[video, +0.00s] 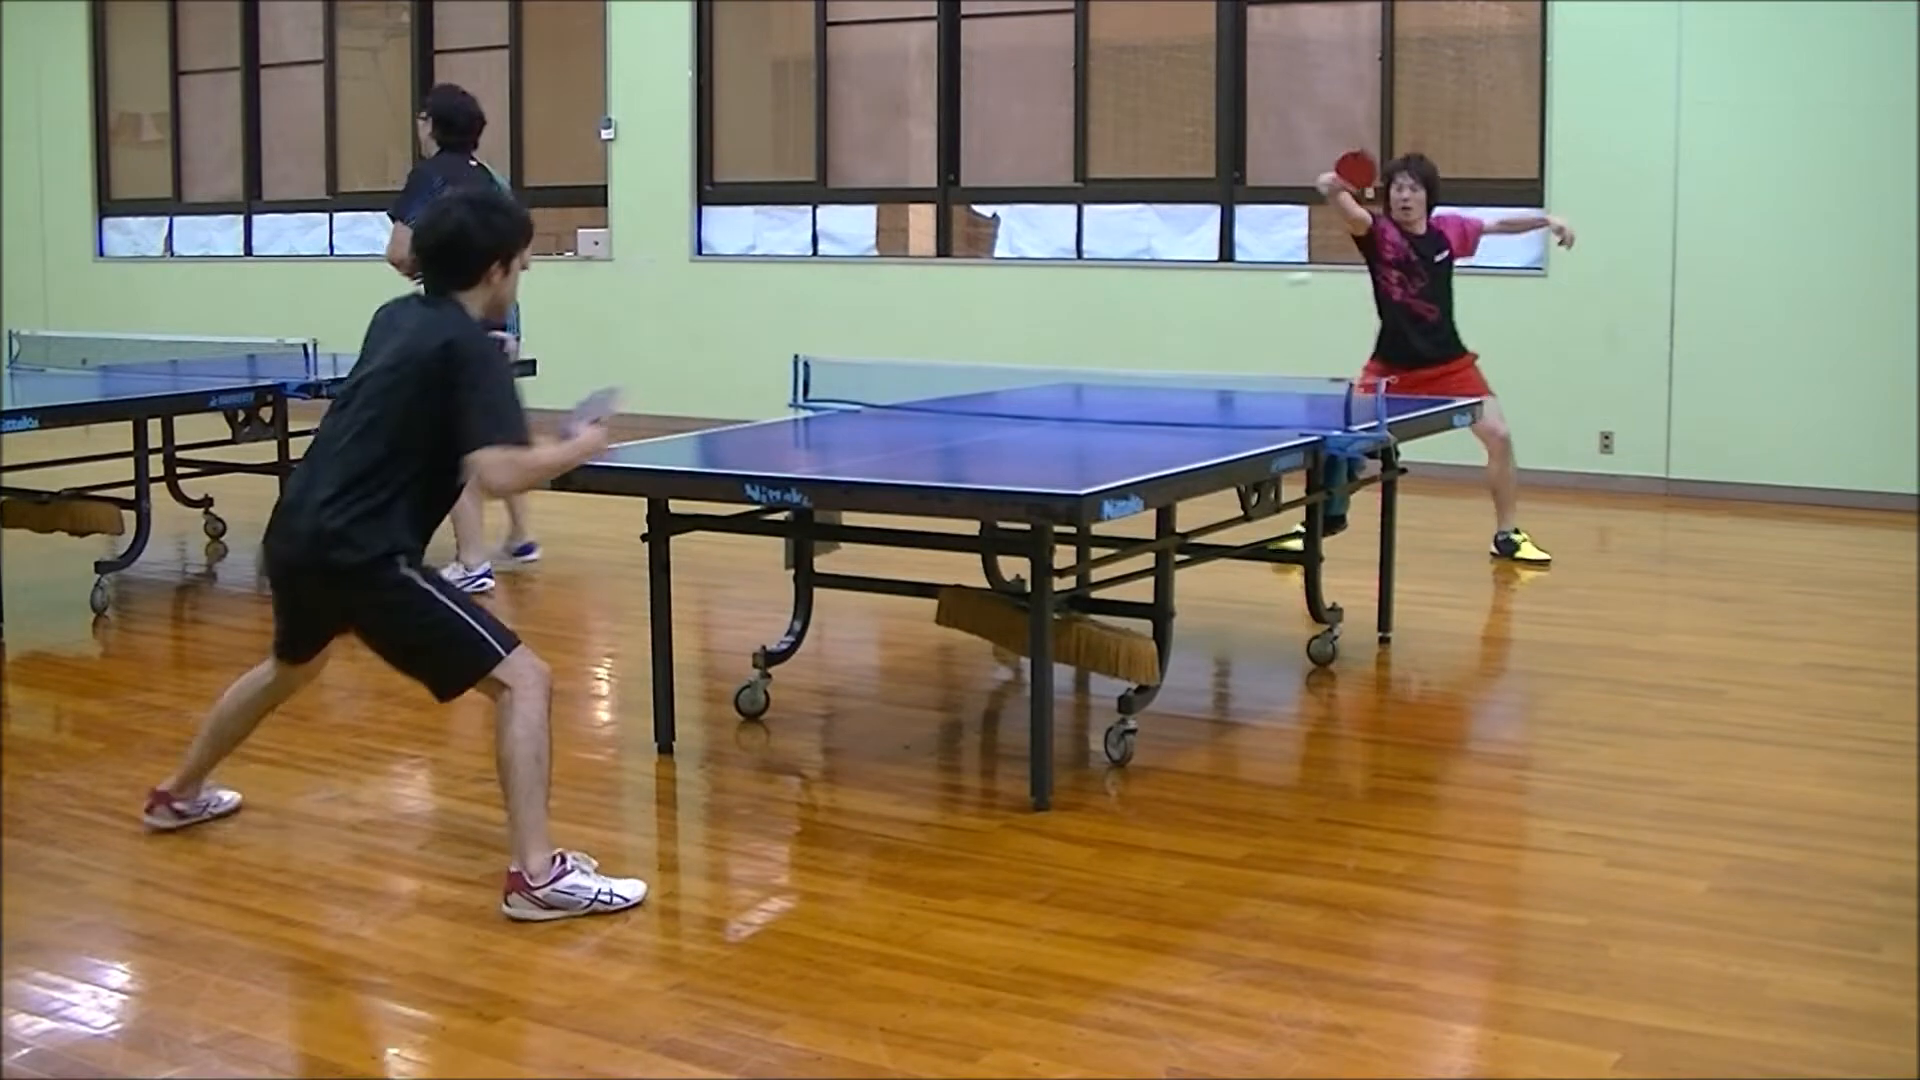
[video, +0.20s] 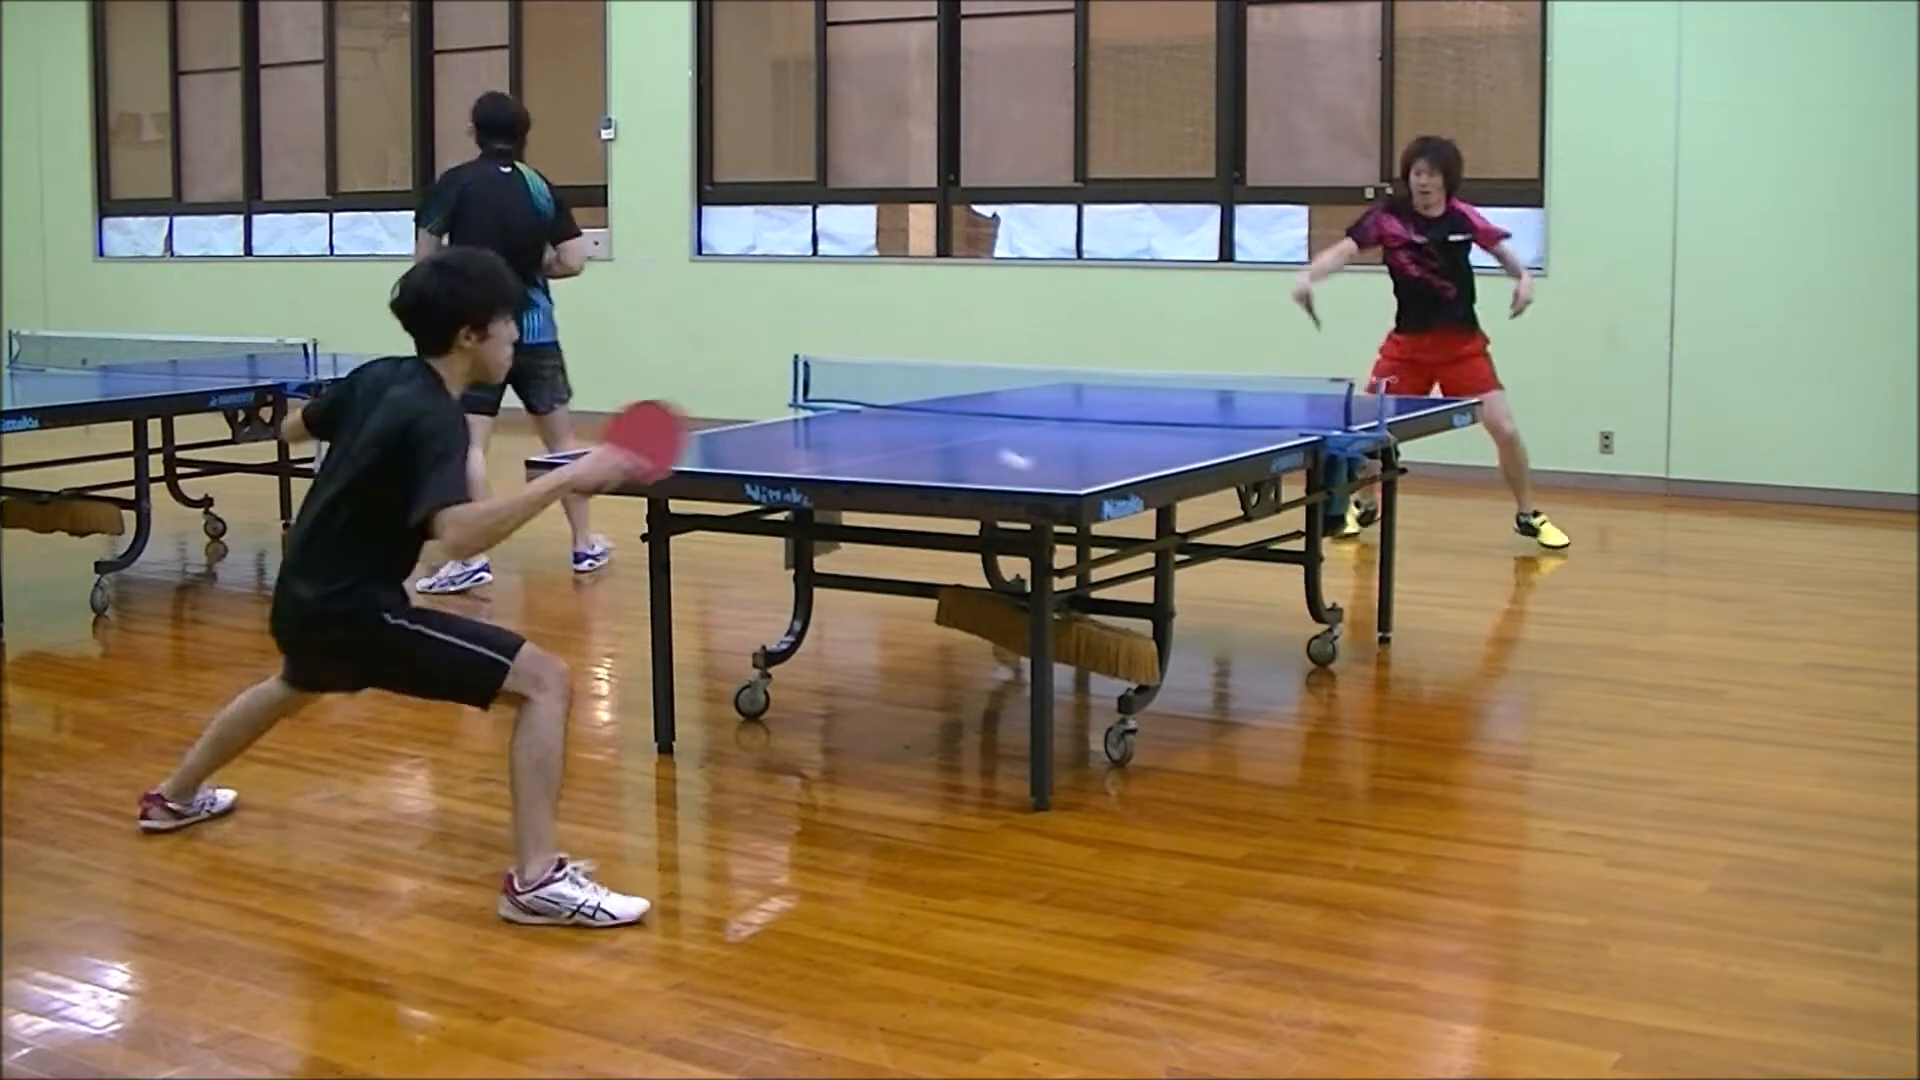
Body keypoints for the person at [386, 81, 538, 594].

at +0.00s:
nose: (418, 125)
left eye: (421, 119)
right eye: (421, 118)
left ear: (431, 127)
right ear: (475, 130)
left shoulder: (425, 177)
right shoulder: (493, 180)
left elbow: (398, 253)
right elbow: (512, 251)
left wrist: (438, 277)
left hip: (440, 324)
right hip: (494, 325)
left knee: (458, 449)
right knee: (503, 427)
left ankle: (473, 561)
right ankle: (522, 533)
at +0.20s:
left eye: (475, 128)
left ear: (476, 134)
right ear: (522, 135)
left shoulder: (454, 183)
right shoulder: (540, 187)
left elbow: (424, 255)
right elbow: (572, 261)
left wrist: (465, 269)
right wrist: (529, 266)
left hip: (474, 334)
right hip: (534, 331)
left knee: (472, 443)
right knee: (560, 435)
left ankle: (467, 558)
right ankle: (584, 544)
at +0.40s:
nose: (559, 262)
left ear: (516, 138)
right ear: (562, 141)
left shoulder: (491, 179)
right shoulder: (583, 181)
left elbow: (459, 241)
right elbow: (609, 254)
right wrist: (579, 229)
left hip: (495, 328)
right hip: (572, 334)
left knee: (485, 438)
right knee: (592, 438)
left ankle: (471, 531)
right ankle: (588, 543)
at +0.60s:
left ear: (532, 145)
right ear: (580, 143)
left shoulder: (518, 176)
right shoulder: (602, 175)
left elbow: (498, 235)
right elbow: (642, 241)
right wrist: (619, 203)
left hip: (522, 323)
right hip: (592, 326)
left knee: (541, 428)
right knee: (599, 434)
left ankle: (546, 526)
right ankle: (586, 542)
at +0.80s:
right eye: (588, 148)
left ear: (542, 154)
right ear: (588, 150)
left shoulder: (526, 189)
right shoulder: (608, 181)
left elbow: (517, 255)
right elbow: (662, 236)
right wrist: (644, 198)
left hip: (552, 327)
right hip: (602, 326)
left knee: (569, 430)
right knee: (601, 433)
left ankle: (587, 530)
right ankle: (591, 534)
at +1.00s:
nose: (533, 155)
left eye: (534, 149)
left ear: (539, 150)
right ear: (585, 144)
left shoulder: (533, 182)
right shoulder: (610, 175)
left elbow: (525, 242)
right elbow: (666, 215)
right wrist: (633, 172)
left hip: (560, 321)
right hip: (612, 319)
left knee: (579, 421)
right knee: (629, 411)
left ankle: (604, 521)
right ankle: (620, 506)